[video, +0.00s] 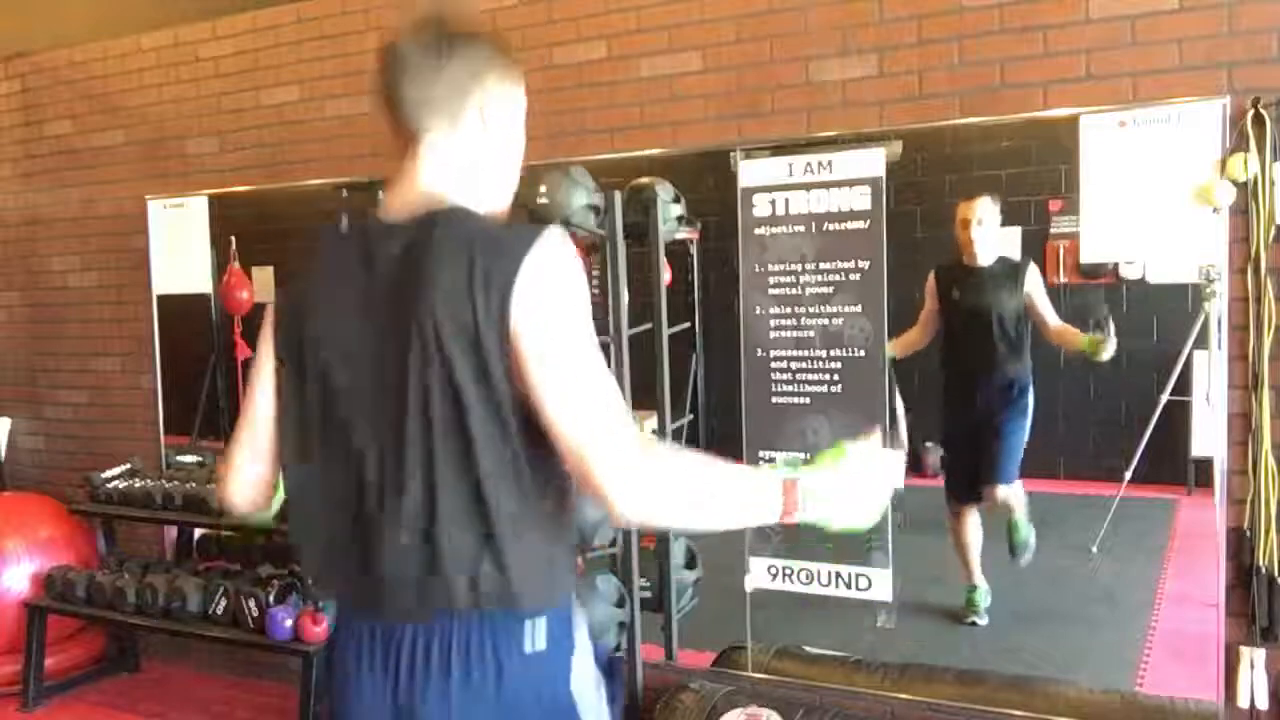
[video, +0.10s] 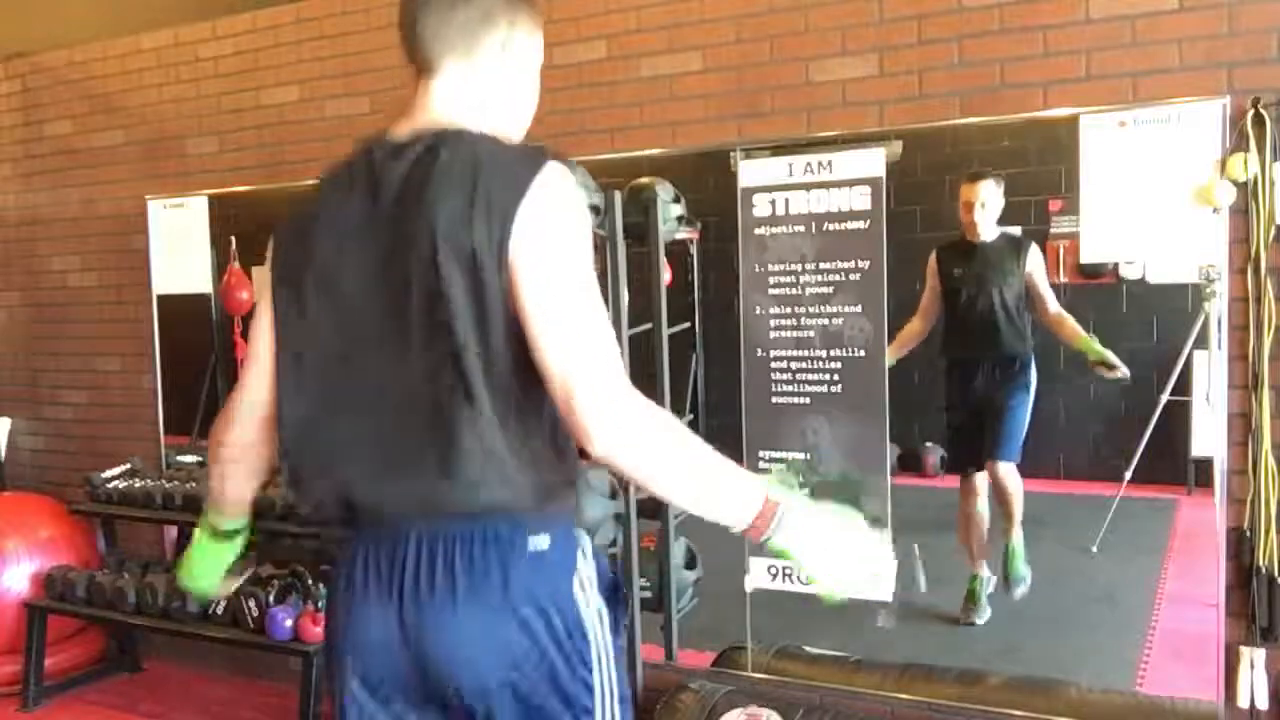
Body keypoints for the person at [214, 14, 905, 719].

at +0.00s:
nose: (521, 147)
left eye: (519, 120)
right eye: (517, 120)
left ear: (401, 123)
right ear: (489, 118)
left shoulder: (307, 280)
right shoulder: (522, 258)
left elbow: (244, 489)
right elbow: (625, 475)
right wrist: (802, 492)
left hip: (365, 658)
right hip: (516, 659)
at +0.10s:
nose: (537, 91)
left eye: (537, 66)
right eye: (537, 65)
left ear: (418, 59)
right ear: (515, 55)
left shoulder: (309, 222)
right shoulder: (527, 187)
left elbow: (247, 425)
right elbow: (603, 414)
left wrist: (218, 532)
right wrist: (780, 515)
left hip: (367, 585)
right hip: (517, 578)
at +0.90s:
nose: (568, 65)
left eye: (564, 43)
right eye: (565, 42)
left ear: (441, 46)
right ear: (540, 40)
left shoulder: (331, 203)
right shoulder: (560, 186)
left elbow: (261, 417)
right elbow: (617, 430)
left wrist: (224, 525)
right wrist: (790, 543)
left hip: (354, 567)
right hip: (499, 585)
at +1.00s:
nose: (563, 79)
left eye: (561, 55)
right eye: (562, 54)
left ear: (435, 54)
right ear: (538, 50)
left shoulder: (329, 207)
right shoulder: (558, 193)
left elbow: (255, 441)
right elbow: (608, 446)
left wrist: (235, 510)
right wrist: (784, 546)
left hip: (356, 566)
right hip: (502, 583)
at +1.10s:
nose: (561, 154)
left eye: (557, 130)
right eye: (558, 130)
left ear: (435, 132)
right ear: (535, 127)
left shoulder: (331, 289)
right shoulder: (555, 284)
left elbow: (259, 500)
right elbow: (621, 528)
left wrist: (371, 445)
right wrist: (804, 522)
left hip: (356, 646)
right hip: (502, 657)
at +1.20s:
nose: (556, 156)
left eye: (551, 129)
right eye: (552, 128)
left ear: (429, 131)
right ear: (524, 123)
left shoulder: (328, 293)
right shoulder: (551, 279)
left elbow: (256, 501)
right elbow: (634, 516)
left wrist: (367, 455)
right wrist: (813, 507)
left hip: (352, 655)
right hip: (502, 669)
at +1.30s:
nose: (545, 72)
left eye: (540, 48)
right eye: (540, 46)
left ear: (416, 54)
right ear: (516, 43)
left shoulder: (331, 222)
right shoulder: (540, 190)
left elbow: (271, 435)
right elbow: (607, 432)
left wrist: (252, 539)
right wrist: (777, 530)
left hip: (353, 563)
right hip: (491, 572)